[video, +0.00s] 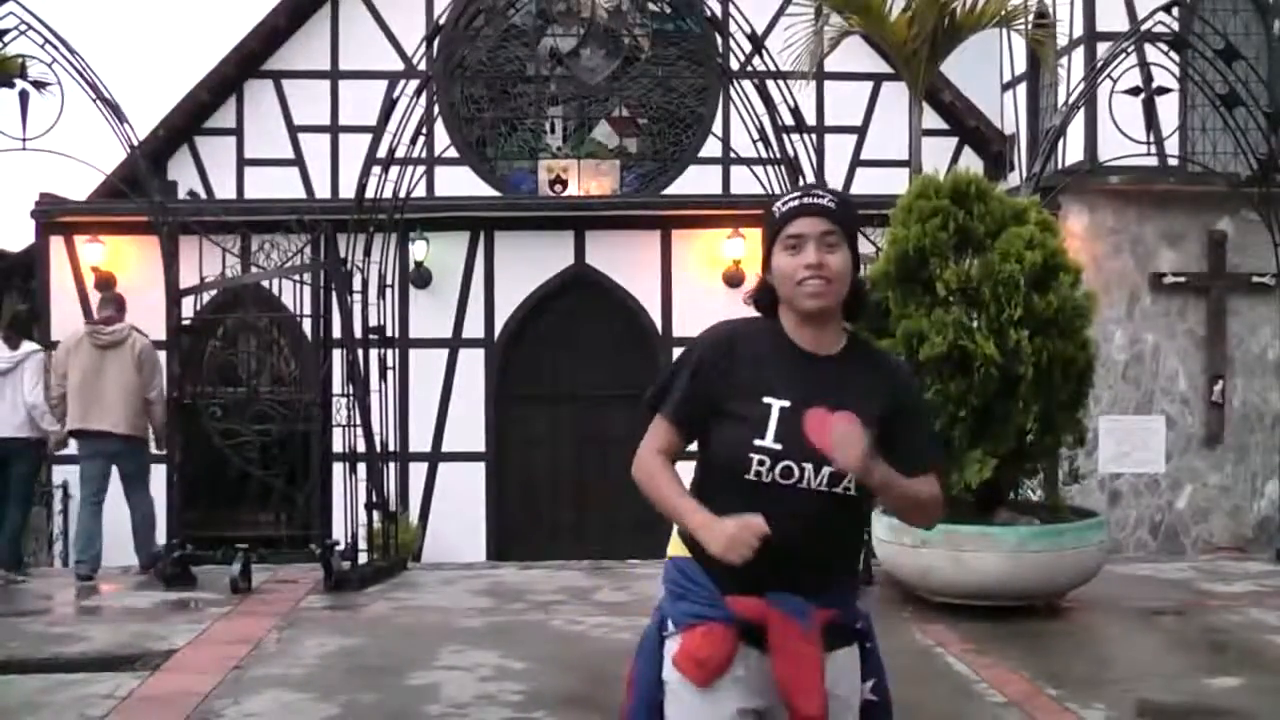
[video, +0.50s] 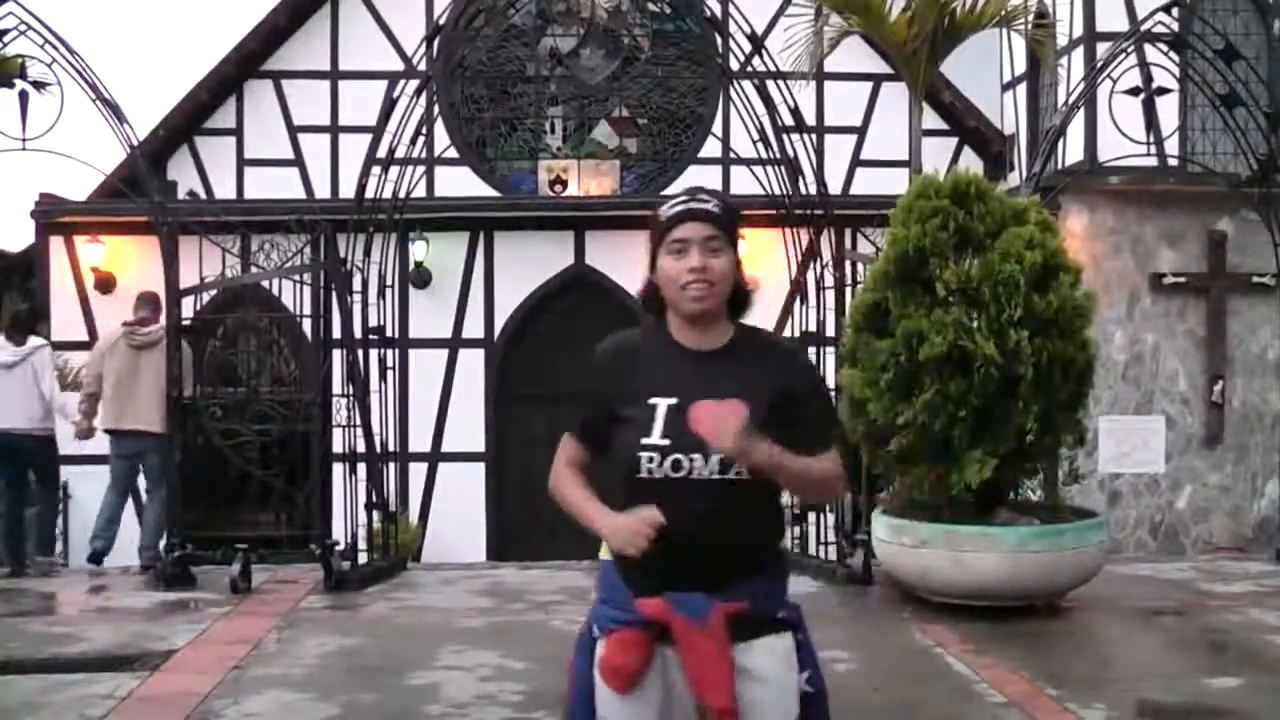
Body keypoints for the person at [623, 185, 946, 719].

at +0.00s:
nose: (814, 261)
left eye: (830, 245)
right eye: (794, 247)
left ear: (853, 264)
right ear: (769, 269)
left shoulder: (886, 379)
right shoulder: (723, 350)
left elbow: (929, 508)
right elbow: (648, 459)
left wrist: (873, 470)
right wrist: (708, 527)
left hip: (826, 610)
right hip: (711, 605)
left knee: (856, 707)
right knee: (694, 707)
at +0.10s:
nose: (796, 263)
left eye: (814, 247)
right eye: (778, 248)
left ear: (838, 267)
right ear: (753, 268)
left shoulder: (874, 377)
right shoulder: (708, 350)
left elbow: (928, 493)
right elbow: (638, 459)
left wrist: (846, 530)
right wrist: (702, 464)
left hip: (813, 608)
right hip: (700, 604)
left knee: (830, 708)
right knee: (682, 707)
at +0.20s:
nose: (778, 260)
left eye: (796, 245)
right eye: (760, 246)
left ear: (821, 262)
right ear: (736, 263)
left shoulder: (855, 368)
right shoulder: (695, 346)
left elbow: (924, 482)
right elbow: (627, 458)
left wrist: (845, 514)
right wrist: (697, 435)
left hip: (802, 597)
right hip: (689, 593)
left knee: (823, 708)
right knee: (656, 709)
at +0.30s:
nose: (760, 259)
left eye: (777, 244)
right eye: (742, 245)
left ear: (801, 260)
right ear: (719, 263)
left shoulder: (836, 363)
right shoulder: (681, 346)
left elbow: (910, 475)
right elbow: (613, 461)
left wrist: (832, 475)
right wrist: (693, 445)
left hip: (793, 602)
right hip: (676, 600)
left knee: (827, 707)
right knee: (632, 709)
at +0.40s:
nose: (725, 262)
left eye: (742, 247)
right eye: (707, 248)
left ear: (764, 266)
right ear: (682, 271)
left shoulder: (803, 363)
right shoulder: (640, 357)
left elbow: (868, 475)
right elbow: (585, 470)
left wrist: (795, 435)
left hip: (768, 608)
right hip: (653, 608)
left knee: (794, 708)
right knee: (632, 708)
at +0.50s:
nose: (697, 265)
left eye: (713, 249)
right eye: (679, 252)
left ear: (737, 266)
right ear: (656, 271)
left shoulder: (781, 362)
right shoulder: (620, 359)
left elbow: (833, 479)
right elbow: (562, 471)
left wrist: (758, 452)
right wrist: (608, 523)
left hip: (750, 615)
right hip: (635, 614)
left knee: (775, 708)